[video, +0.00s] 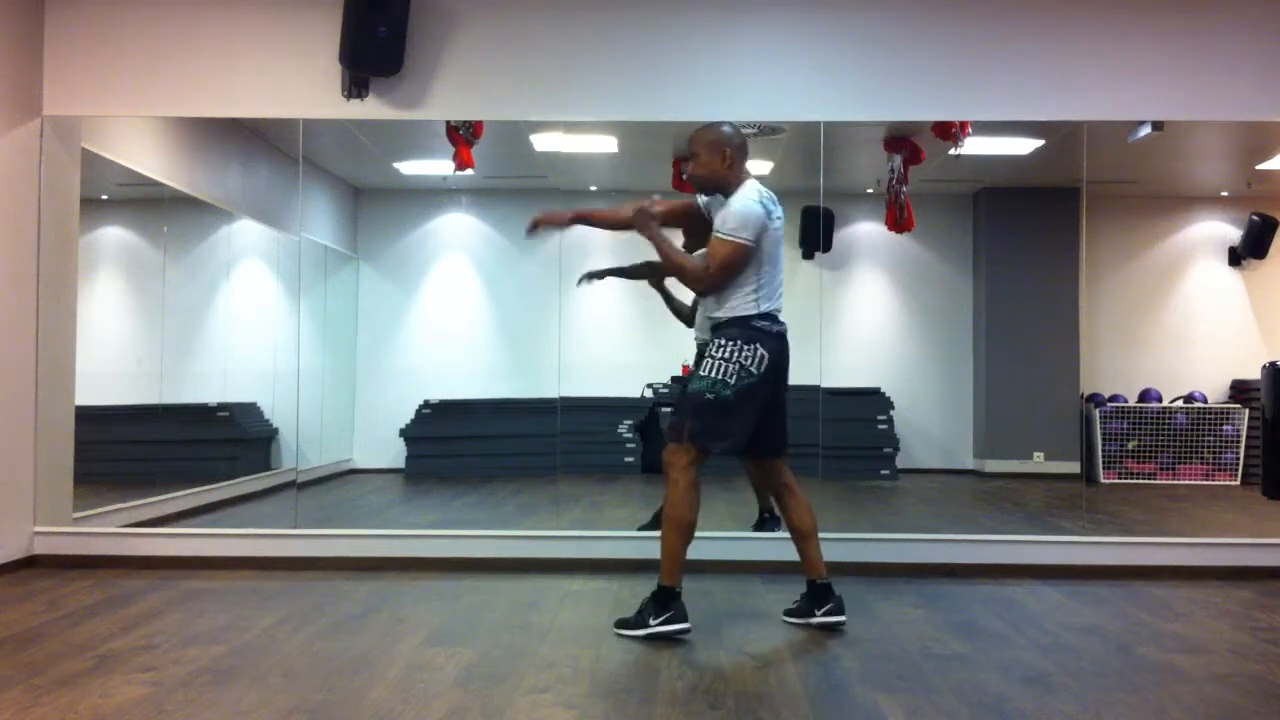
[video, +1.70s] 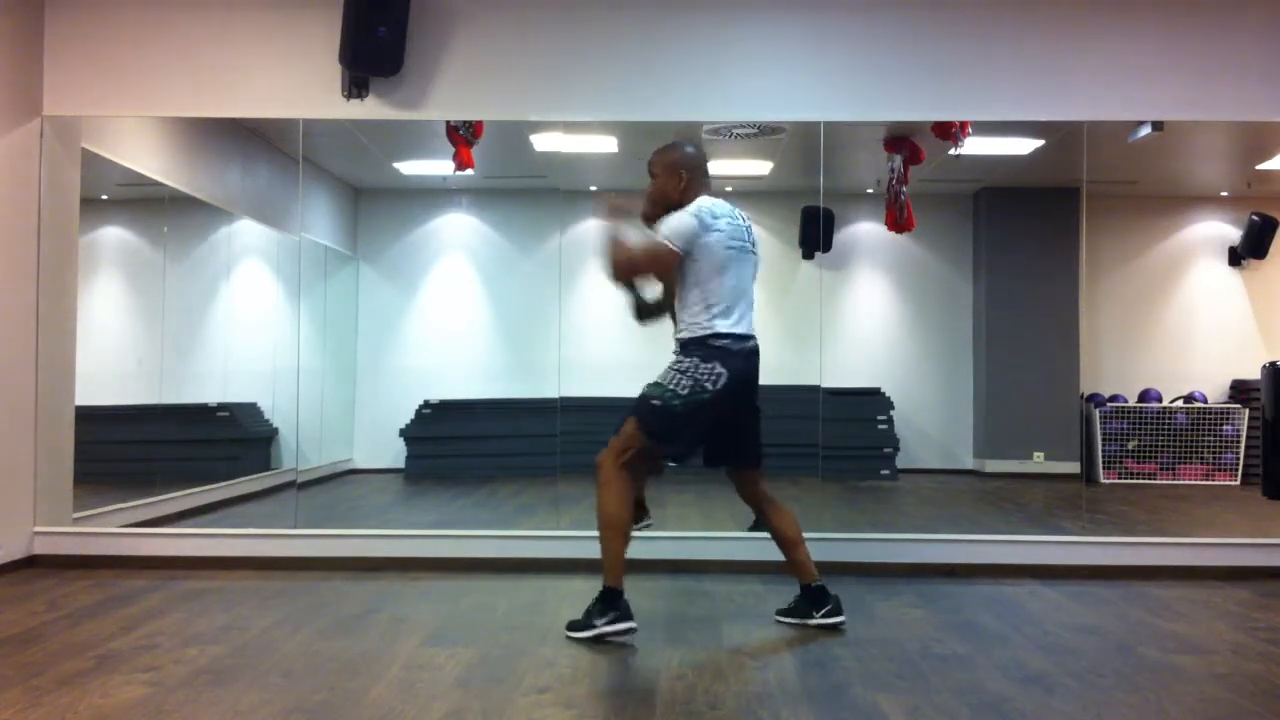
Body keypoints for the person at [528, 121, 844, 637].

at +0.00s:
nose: (688, 170)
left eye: (694, 159)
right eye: (687, 161)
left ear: (726, 158)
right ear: (730, 158)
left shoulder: (746, 205)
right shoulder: (730, 201)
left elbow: (704, 278)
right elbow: (647, 213)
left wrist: (652, 233)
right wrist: (572, 217)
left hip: (738, 344)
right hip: (755, 343)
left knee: (681, 458)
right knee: (773, 469)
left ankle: (666, 599)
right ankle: (821, 592)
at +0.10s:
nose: (694, 171)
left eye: (700, 161)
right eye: (694, 162)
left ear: (732, 160)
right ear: (733, 161)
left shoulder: (753, 205)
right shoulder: (738, 206)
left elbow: (711, 278)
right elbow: (666, 234)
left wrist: (675, 232)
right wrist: (604, 219)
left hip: (740, 344)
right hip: (757, 344)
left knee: (675, 455)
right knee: (774, 473)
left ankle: (665, 597)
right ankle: (821, 592)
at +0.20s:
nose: (694, 169)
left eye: (699, 158)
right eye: (694, 159)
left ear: (730, 156)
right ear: (738, 157)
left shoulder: (742, 200)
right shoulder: (766, 200)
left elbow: (694, 265)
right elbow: (720, 280)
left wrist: (669, 221)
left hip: (736, 342)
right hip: (765, 343)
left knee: (672, 456)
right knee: (780, 471)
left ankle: (666, 596)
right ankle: (821, 592)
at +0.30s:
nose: (692, 166)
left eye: (697, 156)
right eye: (692, 157)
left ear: (725, 153)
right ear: (737, 155)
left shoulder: (724, 197)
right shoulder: (775, 204)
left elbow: (654, 235)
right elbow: (723, 275)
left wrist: (616, 212)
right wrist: (683, 228)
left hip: (726, 345)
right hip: (765, 346)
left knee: (672, 459)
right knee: (777, 470)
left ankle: (667, 599)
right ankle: (818, 590)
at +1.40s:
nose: (653, 190)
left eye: (654, 181)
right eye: (652, 182)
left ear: (674, 175)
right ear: (697, 172)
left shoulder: (688, 214)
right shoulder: (741, 217)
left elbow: (642, 283)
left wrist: (648, 222)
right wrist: (665, 298)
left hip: (708, 359)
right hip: (744, 359)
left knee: (629, 465)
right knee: (753, 481)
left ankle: (619, 604)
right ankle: (810, 595)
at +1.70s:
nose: (649, 187)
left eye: (654, 177)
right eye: (651, 177)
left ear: (679, 178)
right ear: (692, 177)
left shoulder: (691, 217)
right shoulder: (741, 223)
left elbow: (626, 268)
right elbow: (699, 287)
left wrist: (618, 224)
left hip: (702, 364)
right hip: (740, 365)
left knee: (615, 462)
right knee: (753, 485)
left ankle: (611, 600)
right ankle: (816, 594)